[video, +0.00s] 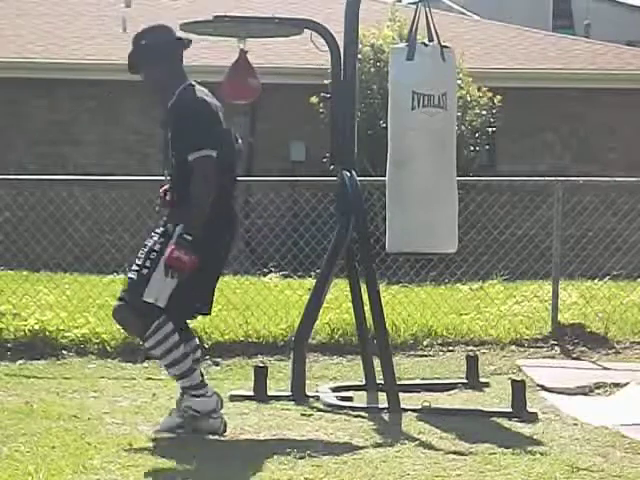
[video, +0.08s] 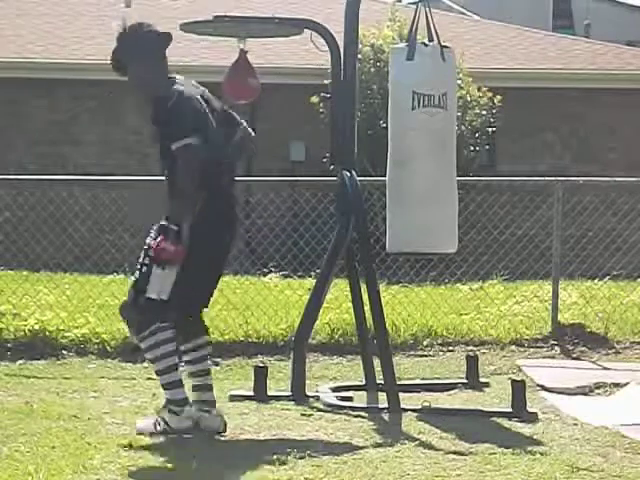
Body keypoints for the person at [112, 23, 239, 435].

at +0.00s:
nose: (143, 79)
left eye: (144, 69)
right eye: (141, 71)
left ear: (161, 64)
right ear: (173, 61)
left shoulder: (189, 106)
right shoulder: (191, 102)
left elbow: (207, 178)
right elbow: (217, 166)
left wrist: (188, 237)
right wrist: (179, 188)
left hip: (193, 227)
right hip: (198, 225)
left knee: (135, 311)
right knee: (169, 316)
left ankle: (200, 399)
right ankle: (196, 406)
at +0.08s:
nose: (130, 78)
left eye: (131, 67)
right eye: (127, 70)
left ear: (150, 60)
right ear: (162, 60)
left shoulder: (177, 100)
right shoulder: (197, 94)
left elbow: (190, 165)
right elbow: (244, 138)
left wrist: (175, 231)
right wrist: (215, 177)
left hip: (196, 224)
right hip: (216, 223)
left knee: (141, 310)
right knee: (184, 311)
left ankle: (178, 412)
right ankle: (206, 410)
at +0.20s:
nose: (116, 82)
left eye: (114, 74)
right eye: (113, 74)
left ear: (122, 67)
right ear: (153, 60)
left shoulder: (144, 95)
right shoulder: (190, 88)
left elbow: (158, 154)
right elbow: (243, 121)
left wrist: (143, 222)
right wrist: (235, 183)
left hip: (178, 215)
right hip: (218, 212)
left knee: (154, 313)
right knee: (217, 305)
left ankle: (176, 416)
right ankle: (246, 403)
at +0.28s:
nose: (115, 82)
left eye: (115, 74)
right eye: (113, 75)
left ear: (126, 70)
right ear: (155, 66)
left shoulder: (131, 99)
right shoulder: (192, 96)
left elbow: (142, 160)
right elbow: (245, 134)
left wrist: (123, 226)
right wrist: (257, 185)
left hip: (169, 218)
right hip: (214, 213)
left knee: (149, 317)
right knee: (220, 312)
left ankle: (178, 417)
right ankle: (289, 388)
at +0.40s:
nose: (128, 72)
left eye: (127, 66)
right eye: (133, 66)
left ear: (129, 65)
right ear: (170, 62)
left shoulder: (125, 100)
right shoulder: (200, 98)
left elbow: (118, 164)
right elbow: (241, 147)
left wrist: (96, 228)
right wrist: (261, 205)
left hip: (156, 216)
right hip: (205, 214)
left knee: (146, 319)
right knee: (206, 316)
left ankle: (178, 417)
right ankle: (261, 384)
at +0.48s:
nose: (144, 61)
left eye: (143, 54)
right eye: (177, 53)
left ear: (140, 55)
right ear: (182, 55)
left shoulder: (121, 100)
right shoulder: (206, 97)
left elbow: (103, 163)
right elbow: (233, 152)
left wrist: (88, 223)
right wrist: (249, 203)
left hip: (148, 217)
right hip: (199, 215)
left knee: (151, 316)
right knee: (198, 309)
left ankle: (173, 416)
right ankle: (206, 385)